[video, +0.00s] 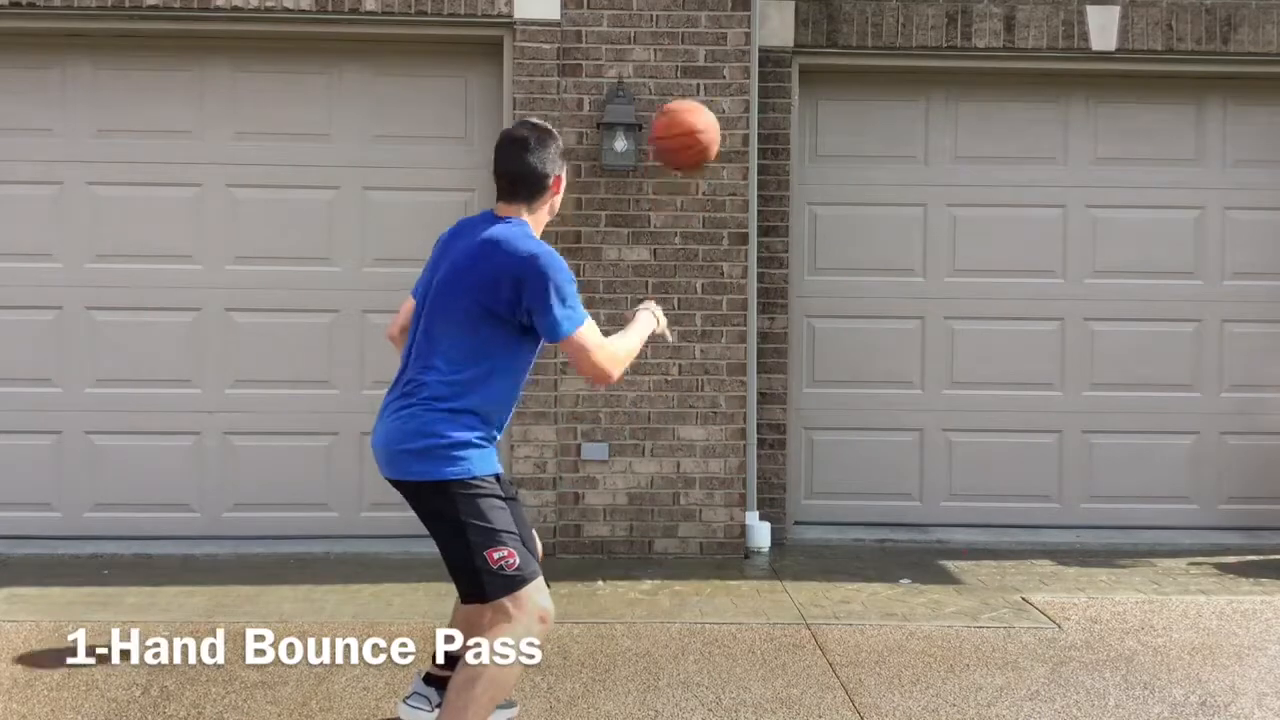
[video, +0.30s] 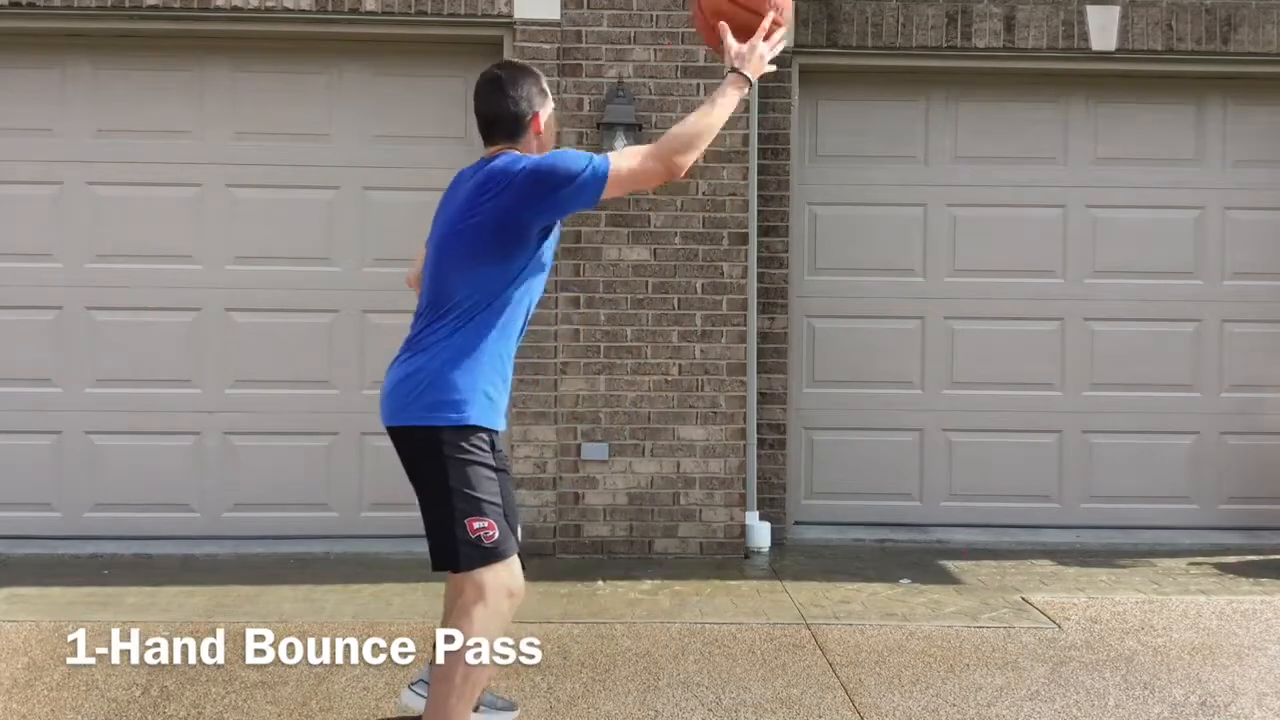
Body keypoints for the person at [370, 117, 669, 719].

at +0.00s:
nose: (565, 188)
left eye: (564, 179)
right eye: (565, 180)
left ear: (496, 180)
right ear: (557, 188)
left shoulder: (459, 236)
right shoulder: (536, 261)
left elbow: (401, 329)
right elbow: (603, 367)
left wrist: (450, 385)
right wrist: (644, 322)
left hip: (409, 437)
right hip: (448, 448)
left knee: (523, 548)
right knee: (528, 615)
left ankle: (438, 687)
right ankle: (459, 712)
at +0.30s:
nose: (553, 120)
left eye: (547, 110)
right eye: (551, 110)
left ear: (485, 122)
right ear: (539, 119)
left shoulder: (467, 182)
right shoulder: (534, 176)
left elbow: (421, 279)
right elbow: (669, 161)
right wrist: (738, 79)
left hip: (424, 398)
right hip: (453, 404)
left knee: (493, 574)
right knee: (491, 585)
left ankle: (441, 687)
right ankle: (448, 712)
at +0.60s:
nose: (585, 209)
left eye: (586, 197)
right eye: (587, 198)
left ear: (520, 185)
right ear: (577, 203)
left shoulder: (483, 235)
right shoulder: (515, 264)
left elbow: (405, 283)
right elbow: (578, 387)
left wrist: (399, 351)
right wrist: (650, 333)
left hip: (425, 428)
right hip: (436, 438)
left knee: (524, 542)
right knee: (512, 603)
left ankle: (441, 682)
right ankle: (453, 710)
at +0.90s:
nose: (571, 228)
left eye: (570, 217)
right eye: (572, 218)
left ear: (507, 209)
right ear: (565, 225)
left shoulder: (458, 254)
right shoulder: (533, 307)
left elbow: (402, 342)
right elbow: (550, 418)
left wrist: (490, 390)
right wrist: (596, 429)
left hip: (389, 448)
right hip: (435, 457)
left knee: (522, 540)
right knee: (519, 619)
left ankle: (442, 682)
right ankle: (453, 710)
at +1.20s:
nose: (561, 184)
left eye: (556, 175)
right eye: (561, 175)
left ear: (494, 180)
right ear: (552, 184)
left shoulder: (459, 237)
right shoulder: (542, 257)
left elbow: (408, 334)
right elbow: (632, 343)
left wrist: (489, 401)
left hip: (405, 433)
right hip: (446, 441)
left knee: (509, 559)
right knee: (527, 609)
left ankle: (437, 688)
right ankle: (460, 713)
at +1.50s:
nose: (574, 156)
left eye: (570, 146)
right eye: (573, 145)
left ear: (506, 147)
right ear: (563, 151)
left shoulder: (487, 207)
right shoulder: (526, 208)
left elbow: (435, 312)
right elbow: (654, 226)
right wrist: (739, 145)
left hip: (443, 414)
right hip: (444, 420)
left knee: (518, 543)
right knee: (516, 594)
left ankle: (447, 676)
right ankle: (457, 711)